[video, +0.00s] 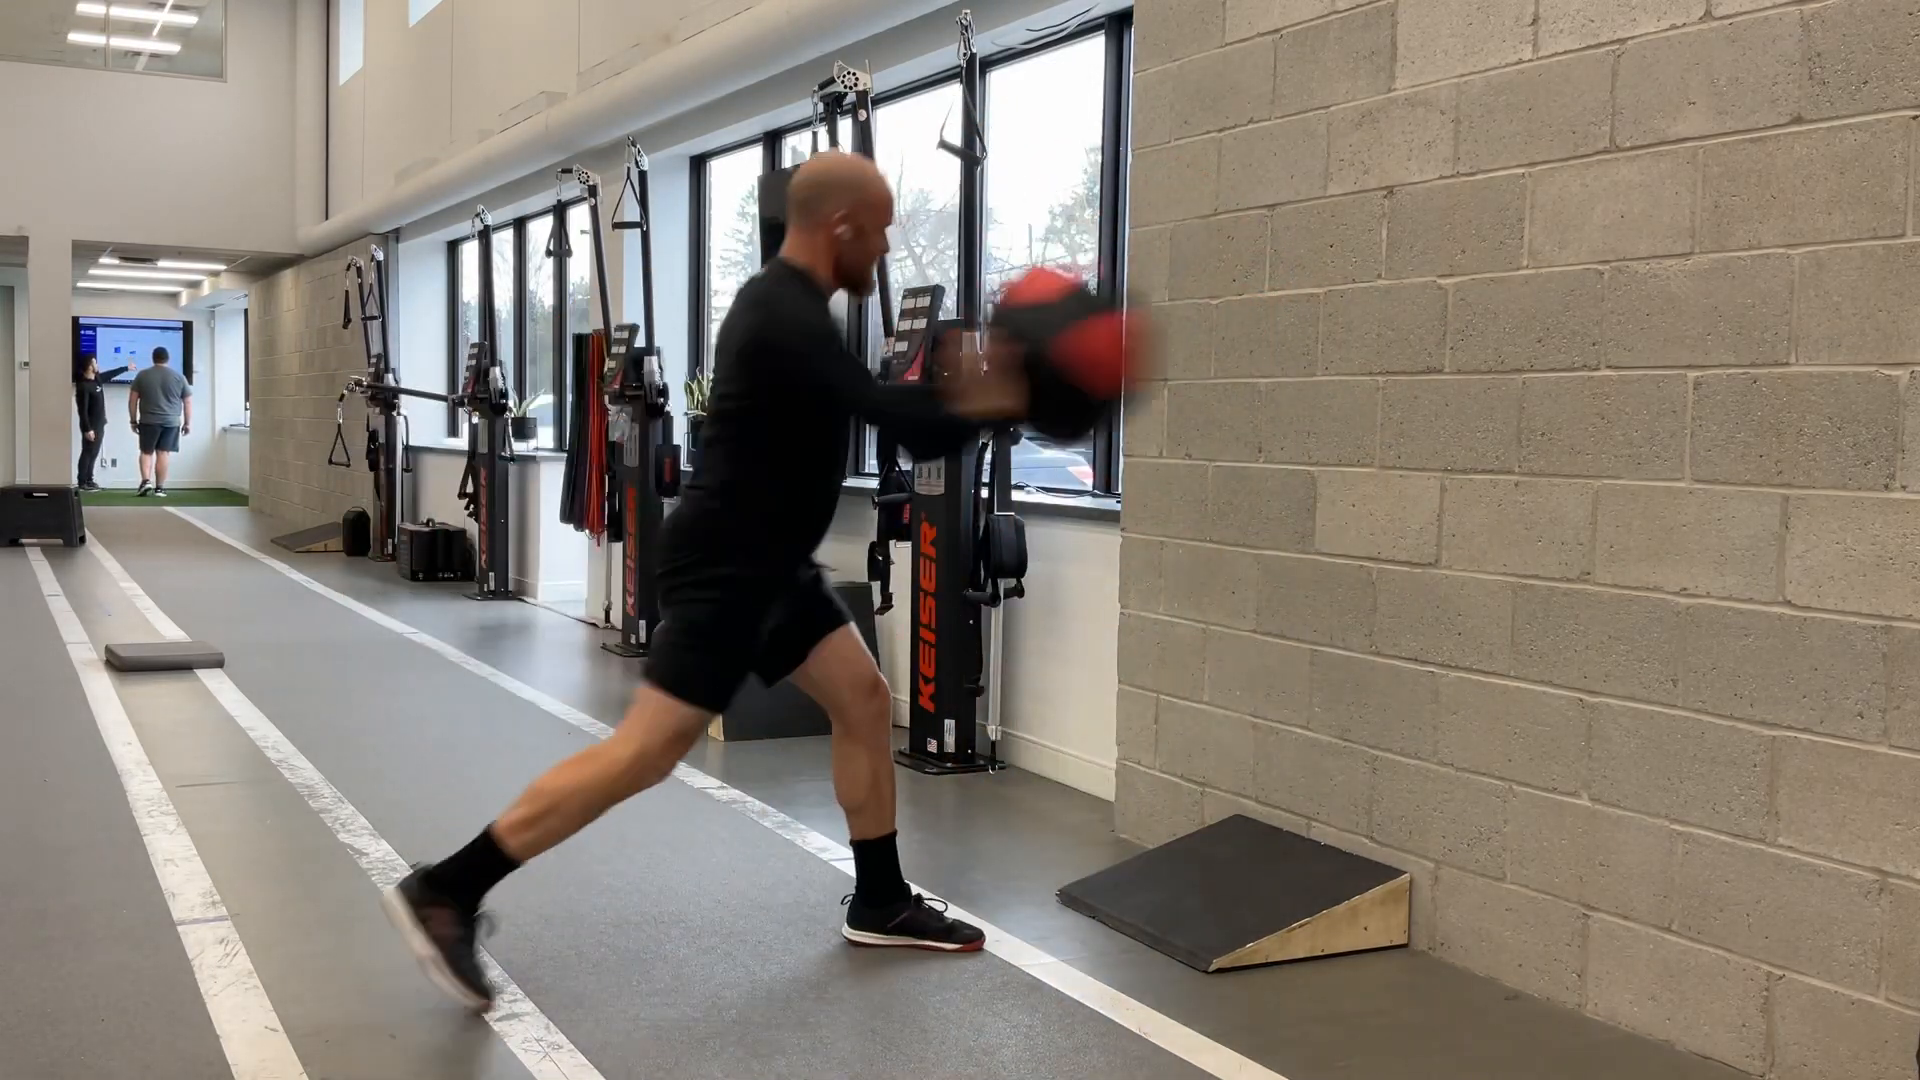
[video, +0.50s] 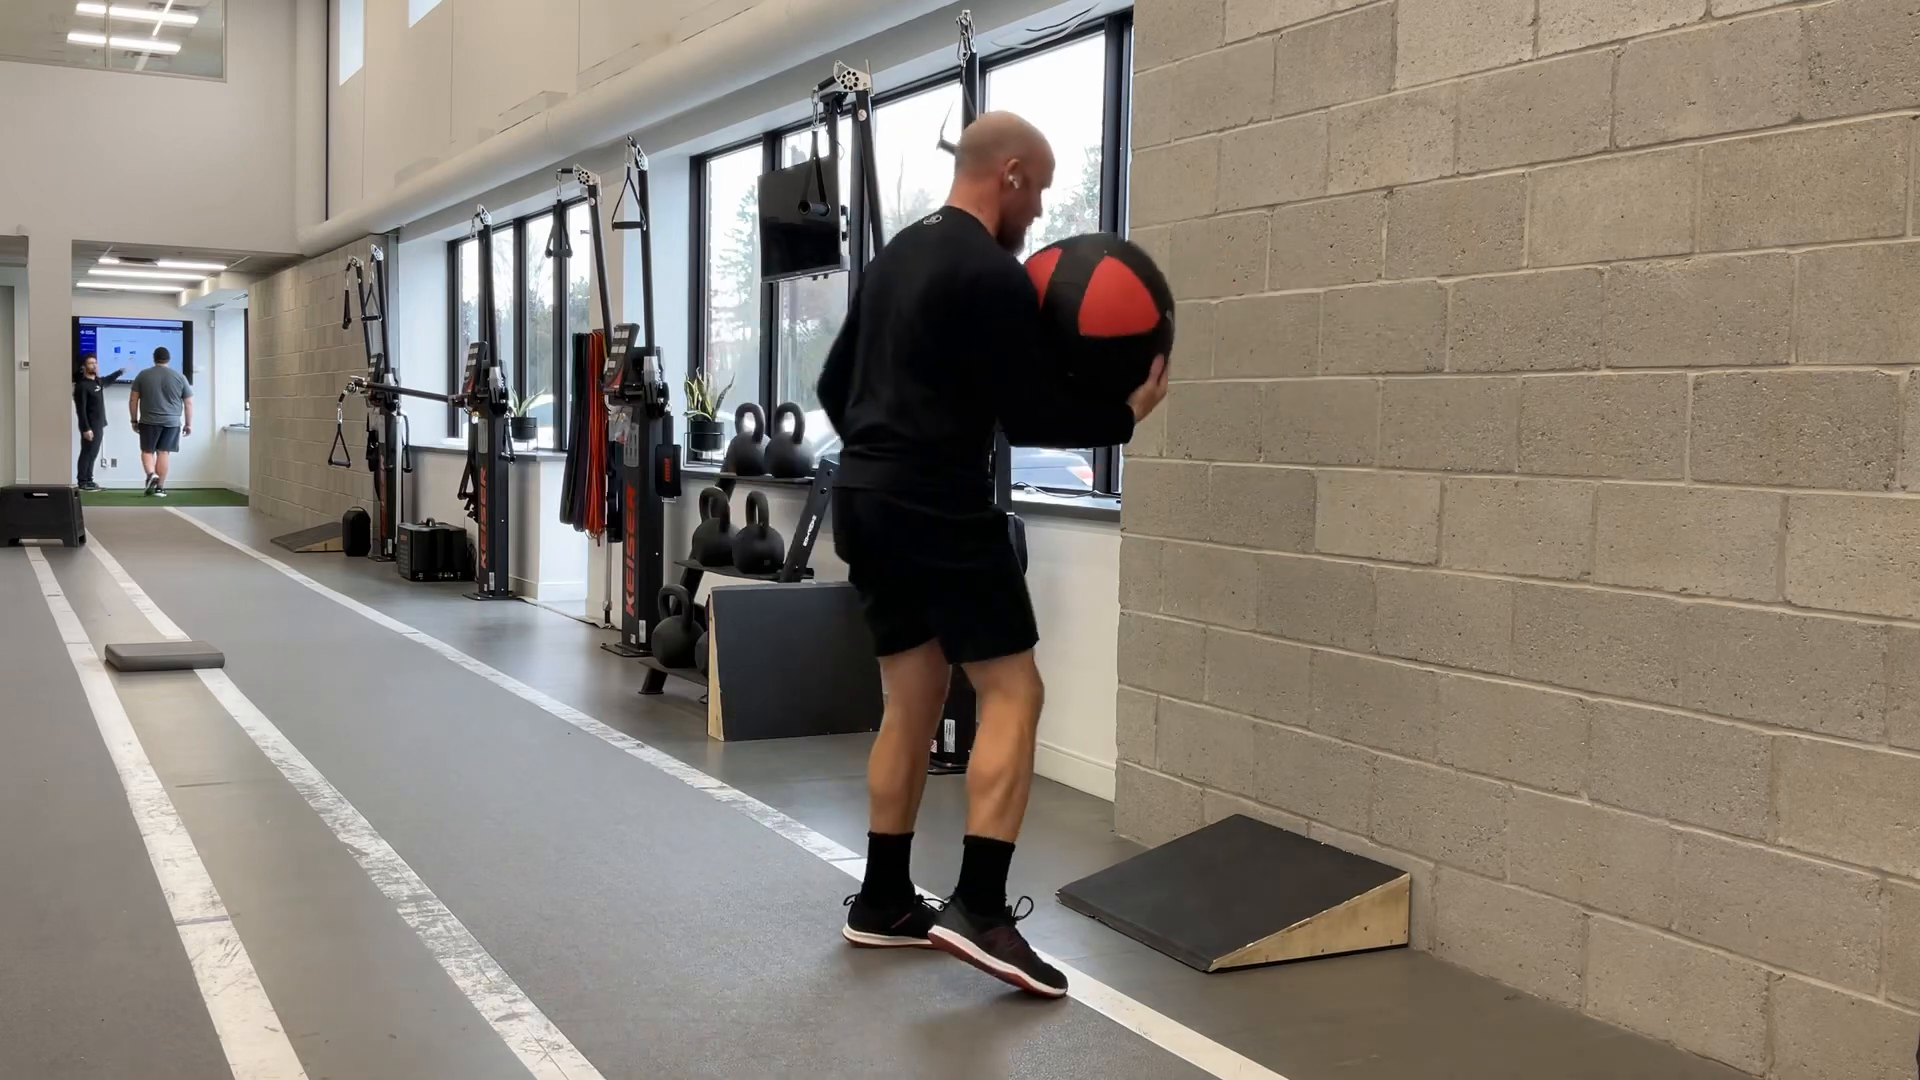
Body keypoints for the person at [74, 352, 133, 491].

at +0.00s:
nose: (96, 365)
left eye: (95, 363)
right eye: (94, 363)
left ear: (92, 365)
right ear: (89, 366)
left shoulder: (98, 379)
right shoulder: (83, 385)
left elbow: (111, 374)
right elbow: (82, 410)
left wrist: (126, 368)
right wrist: (87, 429)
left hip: (99, 423)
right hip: (90, 424)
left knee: (93, 454)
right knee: (87, 453)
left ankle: (89, 480)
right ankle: (83, 481)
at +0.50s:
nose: (94, 365)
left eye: (95, 363)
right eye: (90, 363)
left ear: (97, 365)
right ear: (85, 366)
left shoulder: (98, 381)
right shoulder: (82, 385)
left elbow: (108, 380)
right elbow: (81, 409)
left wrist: (120, 372)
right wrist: (86, 428)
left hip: (99, 423)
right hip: (89, 425)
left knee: (92, 454)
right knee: (86, 454)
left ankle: (89, 480)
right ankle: (83, 481)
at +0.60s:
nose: (94, 366)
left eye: (96, 363)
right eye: (91, 363)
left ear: (97, 365)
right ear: (85, 366)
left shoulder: (97, 382)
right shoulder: (81, 385)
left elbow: (104, 389)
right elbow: (80, 409)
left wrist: (111, 386)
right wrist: (86, 428)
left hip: (99, 424)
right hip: (89, 425)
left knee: (93, 454)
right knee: (87, 454)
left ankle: (89, 479)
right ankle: (83, 481)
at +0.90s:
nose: (97, 366)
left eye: (98, 363)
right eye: (93, 363)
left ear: (99, 365)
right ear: (87, 366)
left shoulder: (98, 384)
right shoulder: (81, 384)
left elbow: (98, 405)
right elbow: (78, 408)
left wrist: (107, 416)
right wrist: (81, 427)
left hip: (97, 424)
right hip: (87, 425)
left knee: (93, 454)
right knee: (85, 453)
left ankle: (89, 479)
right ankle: (82, 480)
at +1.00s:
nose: (97, 366)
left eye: (98, 363)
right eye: (94, 363)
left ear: (100, 365)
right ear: (87, 365)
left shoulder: (97, 384)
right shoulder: (81, 384)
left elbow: (98, 406)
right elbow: (78, 407)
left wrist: (104, 421)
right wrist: (81, 426)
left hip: (97, 424)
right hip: (88, 425)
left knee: (93, 454)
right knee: (85, 454)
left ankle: (89, 479)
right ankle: (82, 480)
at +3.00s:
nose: (98, 365)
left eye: (100, 363)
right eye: (95, 362)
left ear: (101, 365)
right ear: (88, 365)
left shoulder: (98, 385)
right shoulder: (81, 383)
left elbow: (99, 407)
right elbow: (78, 406)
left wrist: (103, 425)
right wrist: (80, 424)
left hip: (97, 425)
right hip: (87, 426)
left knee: (92, 454)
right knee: (85, 454)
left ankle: (89, 479)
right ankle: (82, 481)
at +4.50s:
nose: (95, 368)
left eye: (95, 365)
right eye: (92, 365)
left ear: (89, 367)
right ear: (85, 366)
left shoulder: (85, 383)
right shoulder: (78, 383)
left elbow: (85, 404)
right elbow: (79, 405)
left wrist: (100, 406)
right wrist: (98, 406)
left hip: (89, 423)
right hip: (82, 424)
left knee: (91, 450)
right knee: (83, 451)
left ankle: (89, 479)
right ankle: (82, 481)